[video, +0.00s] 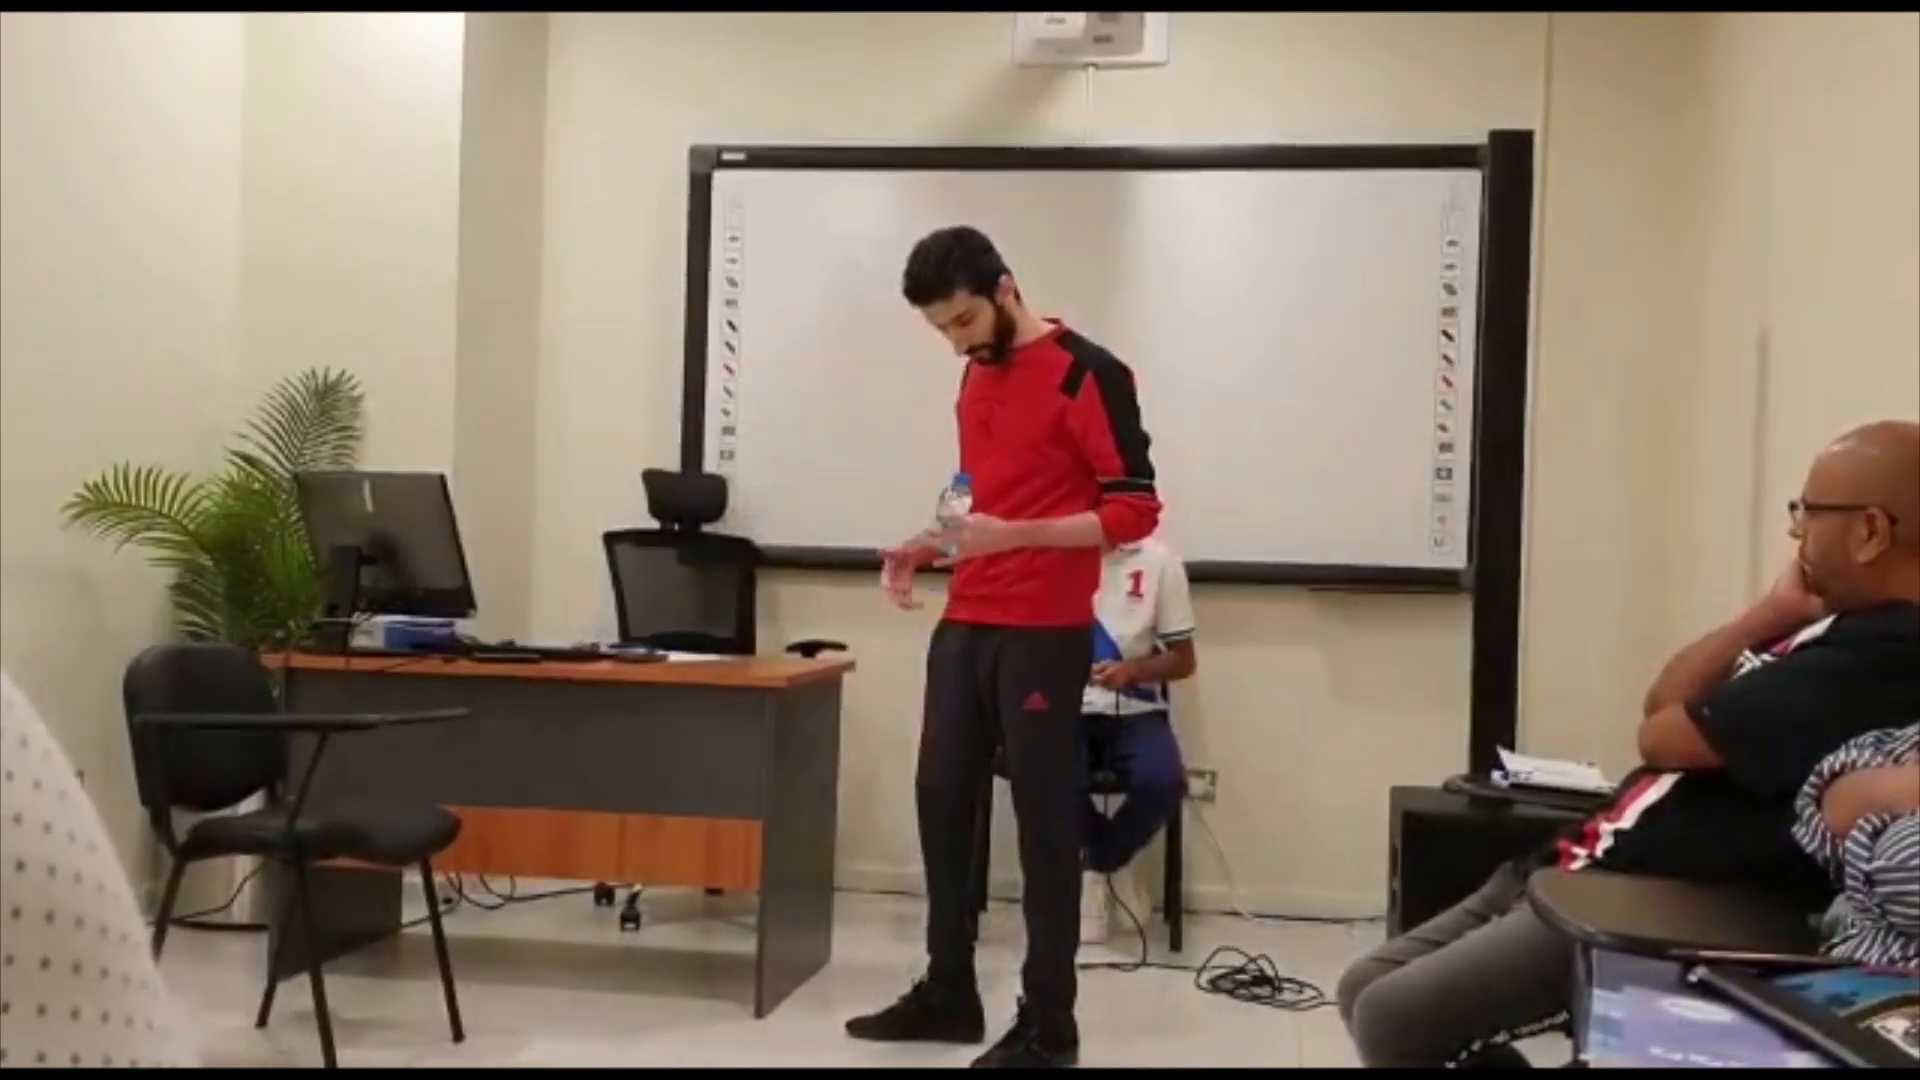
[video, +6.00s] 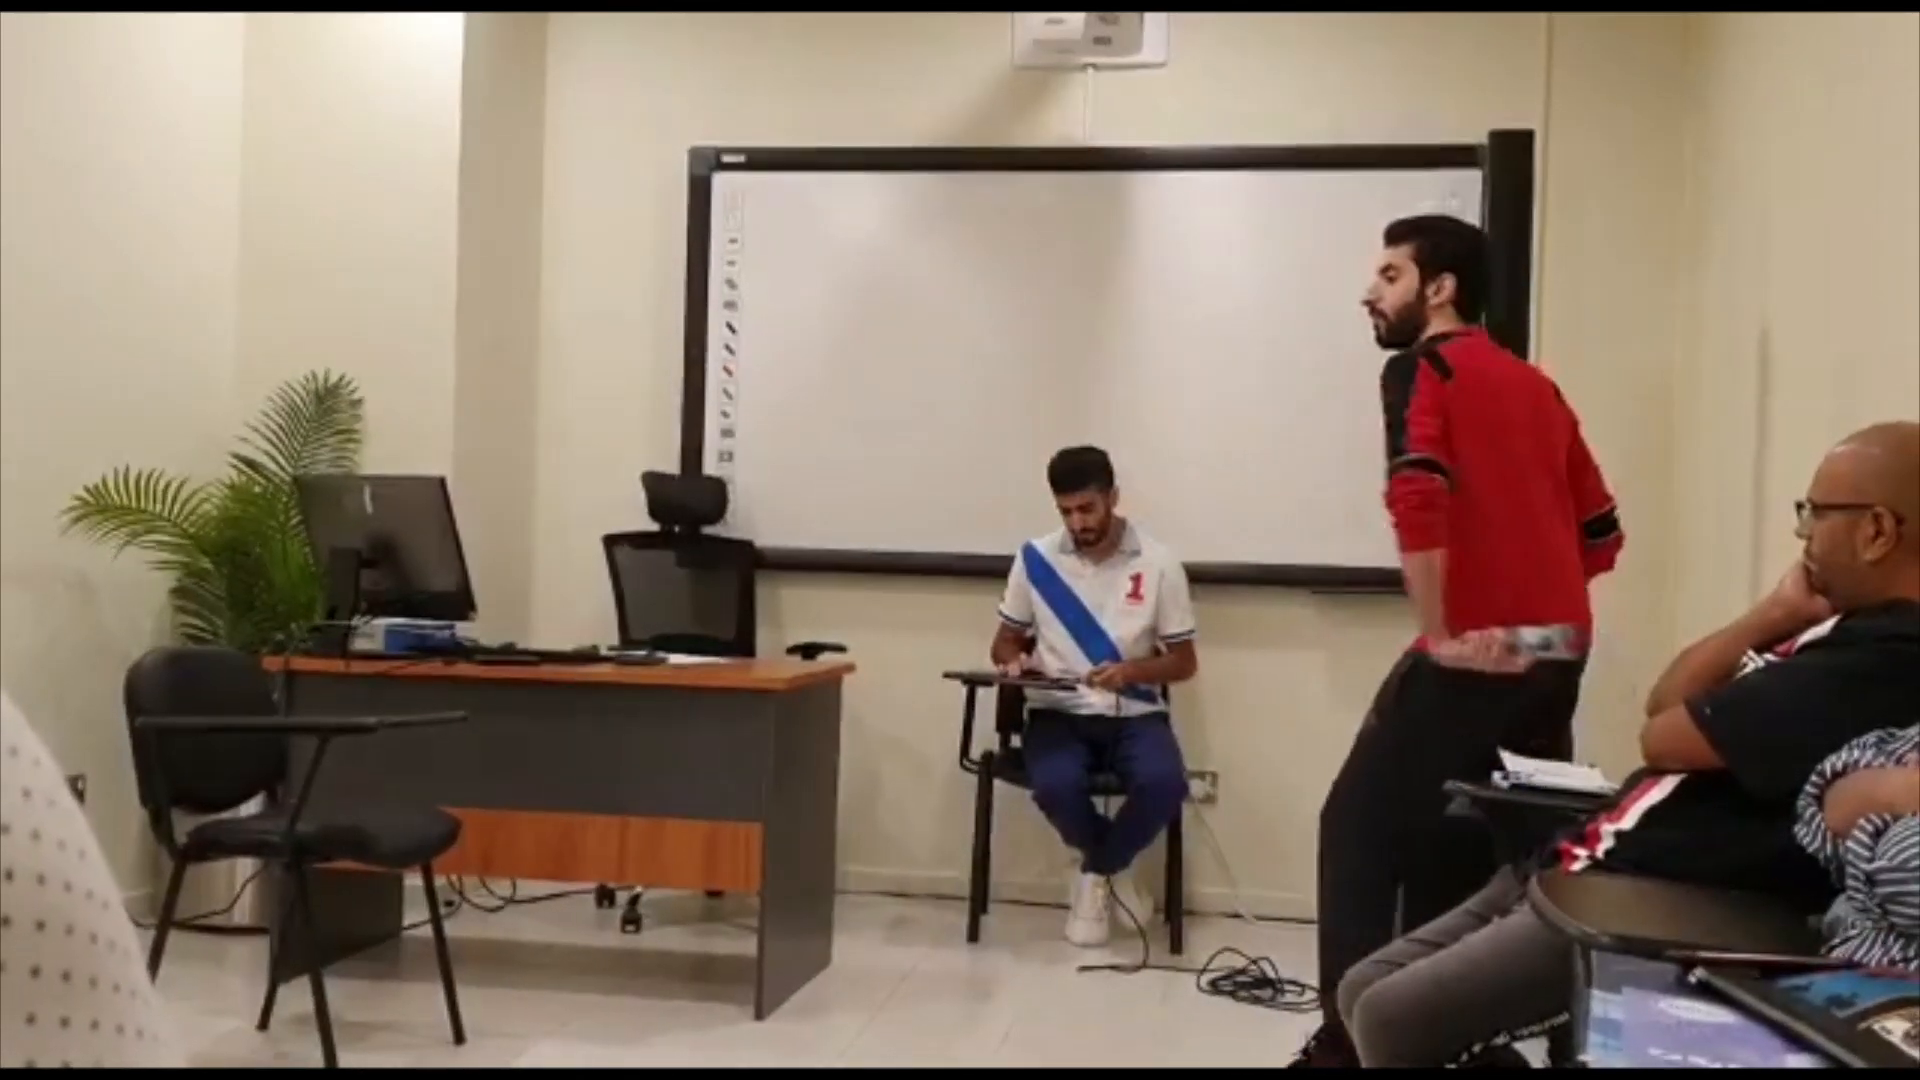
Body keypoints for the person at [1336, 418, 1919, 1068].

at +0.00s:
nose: (1795, 535)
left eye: (1806, 516)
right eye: (1798, 514)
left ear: (1874, 532)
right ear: (1874, 532)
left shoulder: (1883, 650)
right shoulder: (1847, 626)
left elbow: (1666, 739)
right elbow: (1665, 700)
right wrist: (1783, 606)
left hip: (1632, 907)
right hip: (1581, 864)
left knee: (1388, 1019)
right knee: (1364, 985)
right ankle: (1486, 1061)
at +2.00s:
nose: (1801, 534)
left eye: (1814, 514)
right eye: (1806, 513)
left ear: (1880, 533)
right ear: (1881, 533)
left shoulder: (1884, 650)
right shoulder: (1854, 627)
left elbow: (1663, 741)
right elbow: (1662, 701)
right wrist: (1778, 612)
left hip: (1641, 906)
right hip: (1589, 862)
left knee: (1387, 1021)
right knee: (1363, 988)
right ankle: (1486, 1060)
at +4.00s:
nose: (1800, 538)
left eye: (1813, 517)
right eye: (1804, 516)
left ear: (1880, 534)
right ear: (1880, 534)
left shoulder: (1882, 654)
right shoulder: (1854, 629)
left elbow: (1664, 745)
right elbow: (1665, 703)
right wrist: (1779, 614)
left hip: (1638, 907)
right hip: (1589, 866)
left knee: (1389, 1024)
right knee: (1364, 990)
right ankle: (1488, 1062)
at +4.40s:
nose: (1800, 537)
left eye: (1813, 517)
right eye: (1804, 516)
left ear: (1880, 534)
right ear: (1880, 535)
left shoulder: (1882, 654)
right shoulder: (1856, 630)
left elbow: (1667, 745)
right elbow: (1665, 705)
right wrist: (1781, 614)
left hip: (1635, 909)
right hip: (1585, 866)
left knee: (1387, 1023)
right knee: (1366, 989)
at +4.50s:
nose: (1800, 536)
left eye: (1813, 516)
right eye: (1805, 515)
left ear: (1880, 535)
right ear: (1880, 535)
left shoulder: (1880, 655)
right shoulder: (1857, 630)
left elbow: (1667, 744)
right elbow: (1666, 706)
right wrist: (1781, 614)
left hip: (1631, 910)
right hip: (1582, 867)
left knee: (1388, 1023)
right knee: (1367, 991)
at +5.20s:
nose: (1799, 535)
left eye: (1811, 516)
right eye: (1803, 515)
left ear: (1878, 534)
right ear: (1879, 534)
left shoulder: (1879, 654)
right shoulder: (1853, 628)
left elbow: (1664, 743)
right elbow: (1663, 702)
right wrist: (1780, 612)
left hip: (1626, 909)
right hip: (1578, 866)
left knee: (1385, 1023)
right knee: (1362, 990)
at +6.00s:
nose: (1803, 538)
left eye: (1813, 517)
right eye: (1805, 517)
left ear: (1880, 532)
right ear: (1880, 532)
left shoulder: (1882, 655)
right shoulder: (1855, 631)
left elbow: (1667, 743)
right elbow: (1664, 704)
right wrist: (1781, 611)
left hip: (1633, 904)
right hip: (1585, 863)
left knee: (1386, 1021)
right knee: (1363, 988)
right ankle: (1480, 1062)